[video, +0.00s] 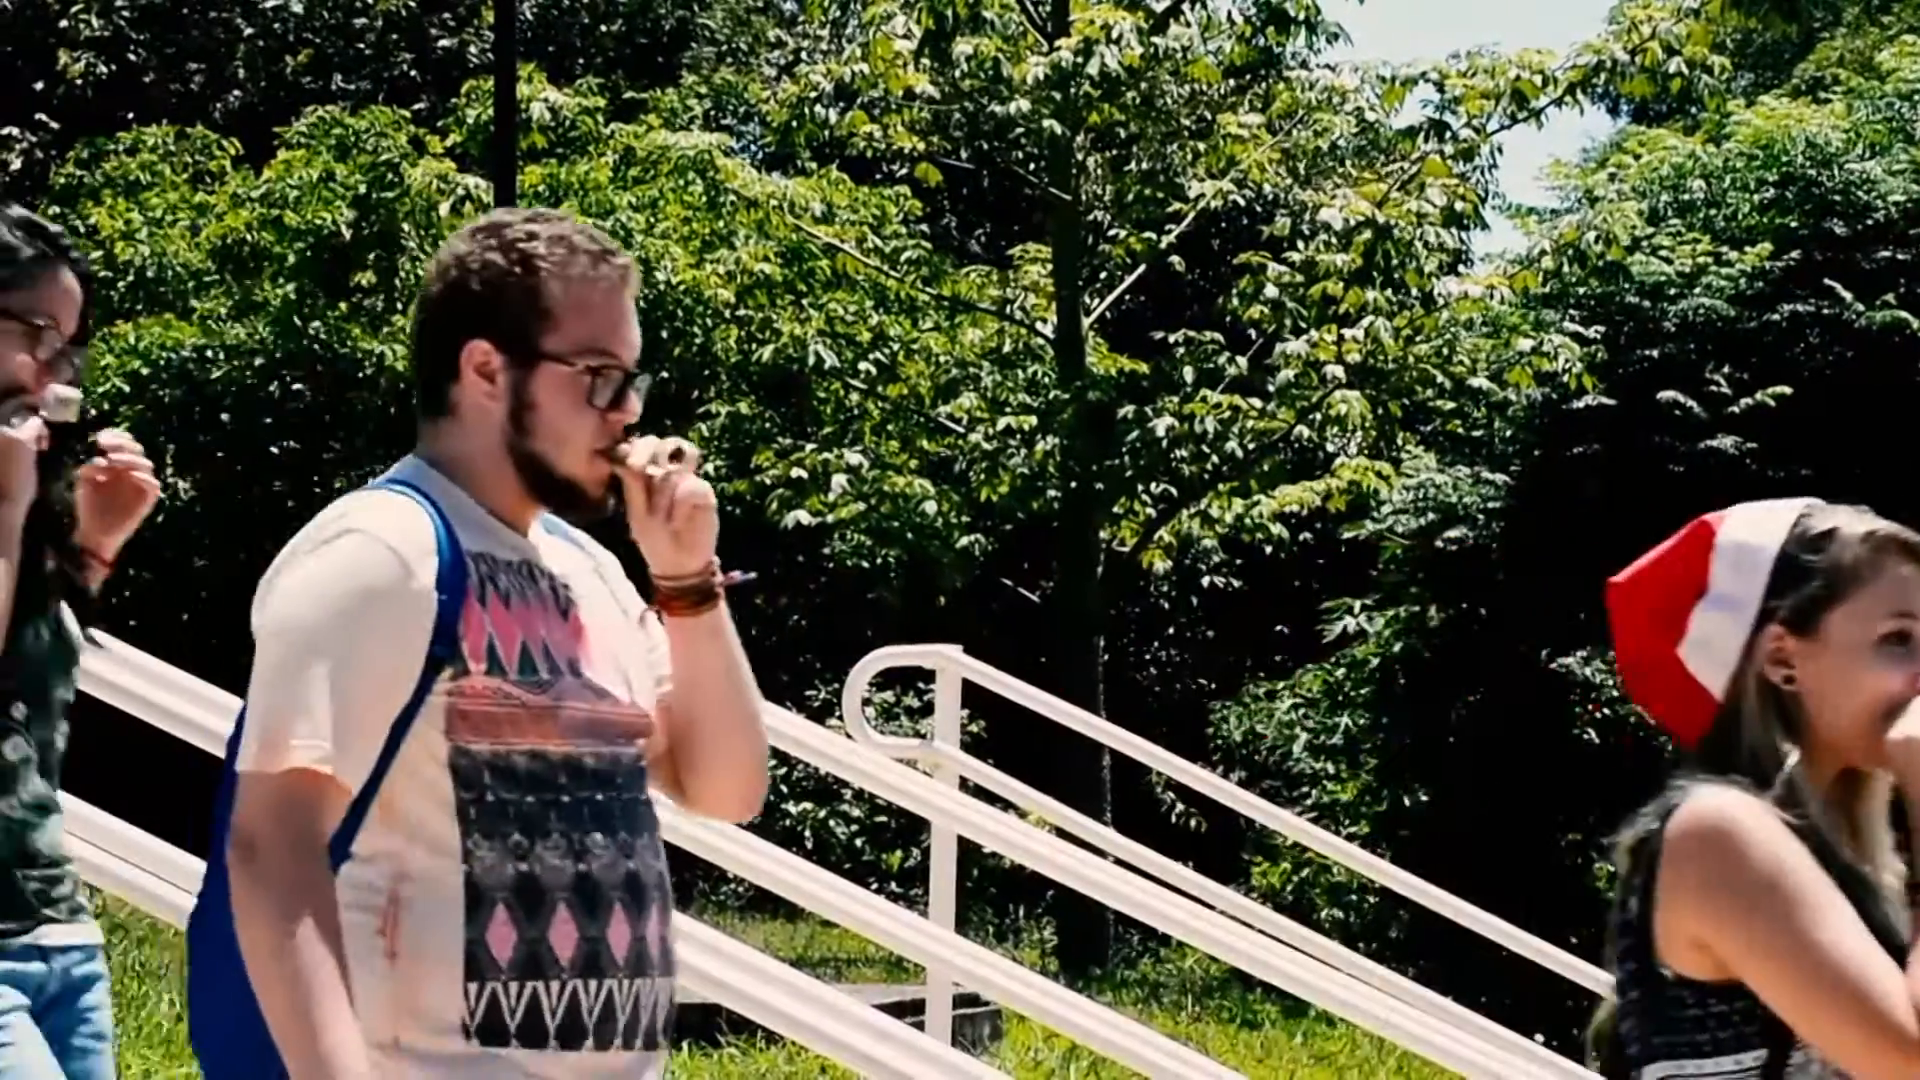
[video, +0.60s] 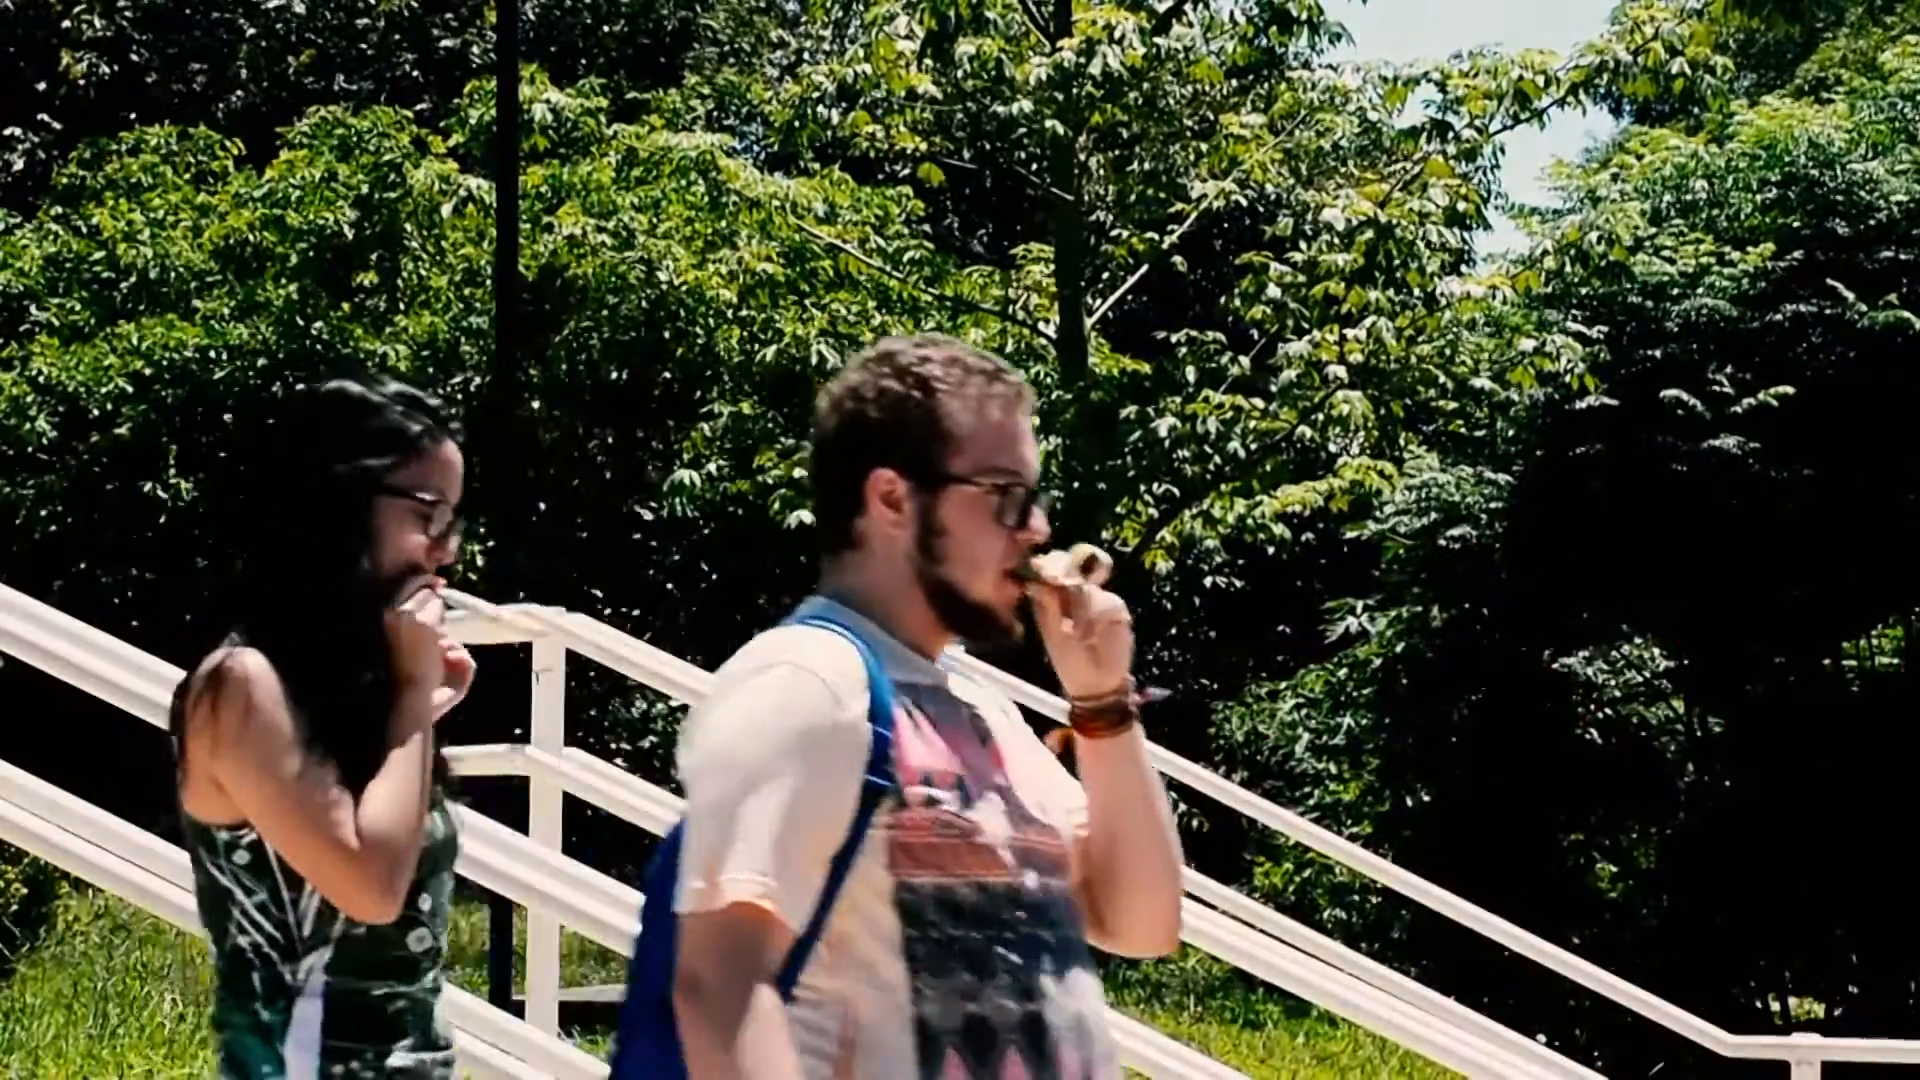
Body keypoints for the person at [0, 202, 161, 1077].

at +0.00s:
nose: (46, 368)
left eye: (63, 345)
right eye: (29, 330)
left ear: (73, 360)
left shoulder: (36, 485)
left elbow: (33, 679)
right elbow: (9, 669)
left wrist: (93, 548)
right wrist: (12, 510)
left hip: (65, 932)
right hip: (2, 946)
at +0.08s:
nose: (121, 390)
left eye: (131, 368)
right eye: (100, 356)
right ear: (18, 346)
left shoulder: (72, 504)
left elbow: (74, 706)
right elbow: (16, 720)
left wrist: (152, 571)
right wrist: (72, 529)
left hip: (122, 951)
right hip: (24, 969)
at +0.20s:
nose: (198, 384)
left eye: (208, 362)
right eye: (174, 353)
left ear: (213, 369)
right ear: (87, 346)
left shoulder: (152, 506)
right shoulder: (15, 514)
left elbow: (147, 711)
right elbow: (95, 714)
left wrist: (210, 575)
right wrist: (156, 525)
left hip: (198, 960)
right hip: (78, 977)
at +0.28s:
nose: (249, 408)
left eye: (255, 383)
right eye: (225, 373)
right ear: (138, 365)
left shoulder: (198, 534)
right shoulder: (38, 537)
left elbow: (205, 735)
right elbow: (163, 734)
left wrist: (253, 586)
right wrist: (215, 541)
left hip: (263, 1002)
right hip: (129, 1018)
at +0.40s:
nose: (321, 482)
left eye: (324, 454)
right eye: (294, 449)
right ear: (207, 447)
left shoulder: (247, 611)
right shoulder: (116, 624)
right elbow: (254, 824)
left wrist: (321, 662)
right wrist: (293, 627)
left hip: (313, 1038)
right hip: (196, 1050)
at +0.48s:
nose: (373, 533)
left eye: (377, 506)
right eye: (348, 500)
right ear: (260, 502)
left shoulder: (285, 666)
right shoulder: (166, 681)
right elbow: (308, 880)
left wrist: (366, 724)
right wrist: (346, 679)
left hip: (348, 1053)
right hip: (245, 1063)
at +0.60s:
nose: (446, 551)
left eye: (452, 525)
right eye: (426, 516)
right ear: (338, 507)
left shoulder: (334, 671)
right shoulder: (240, 684)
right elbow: (374, 887)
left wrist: (421, 713)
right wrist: (414, 694)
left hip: (401, 1053)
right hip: (314, 1064)